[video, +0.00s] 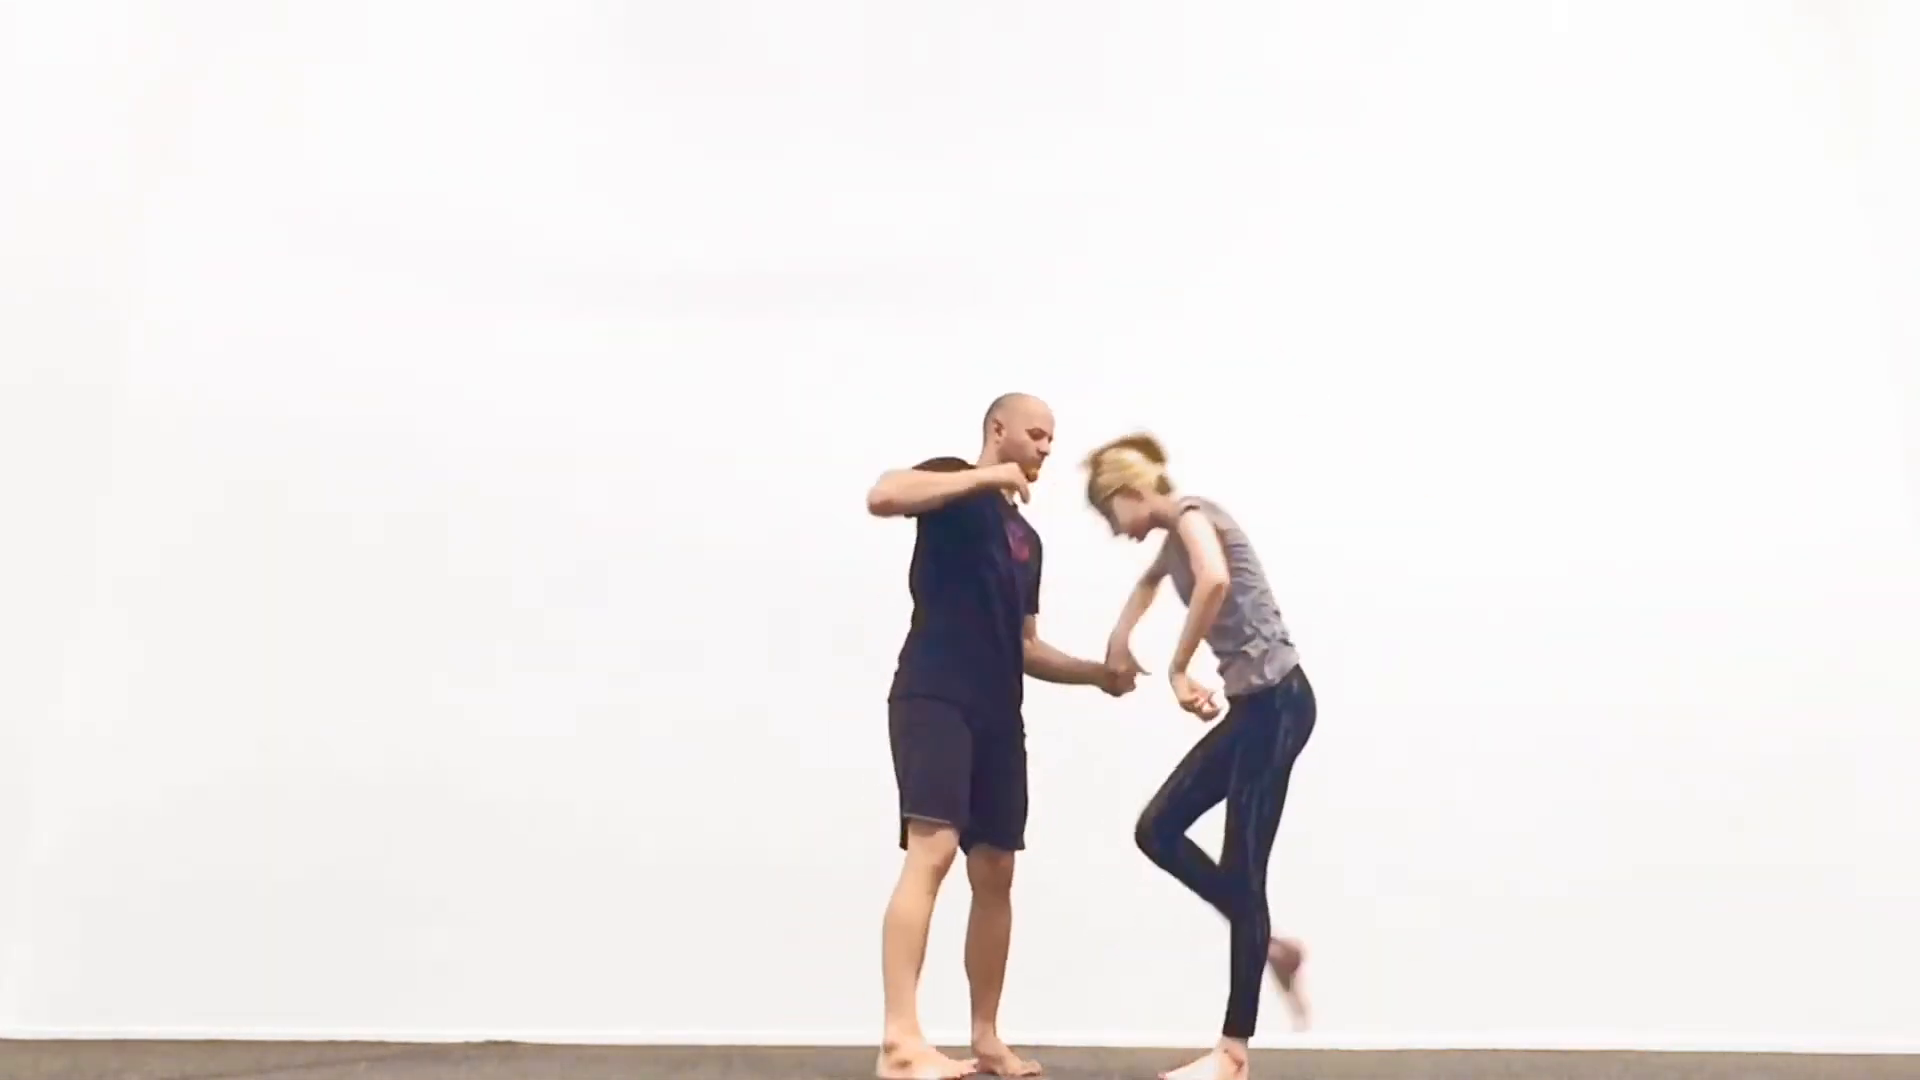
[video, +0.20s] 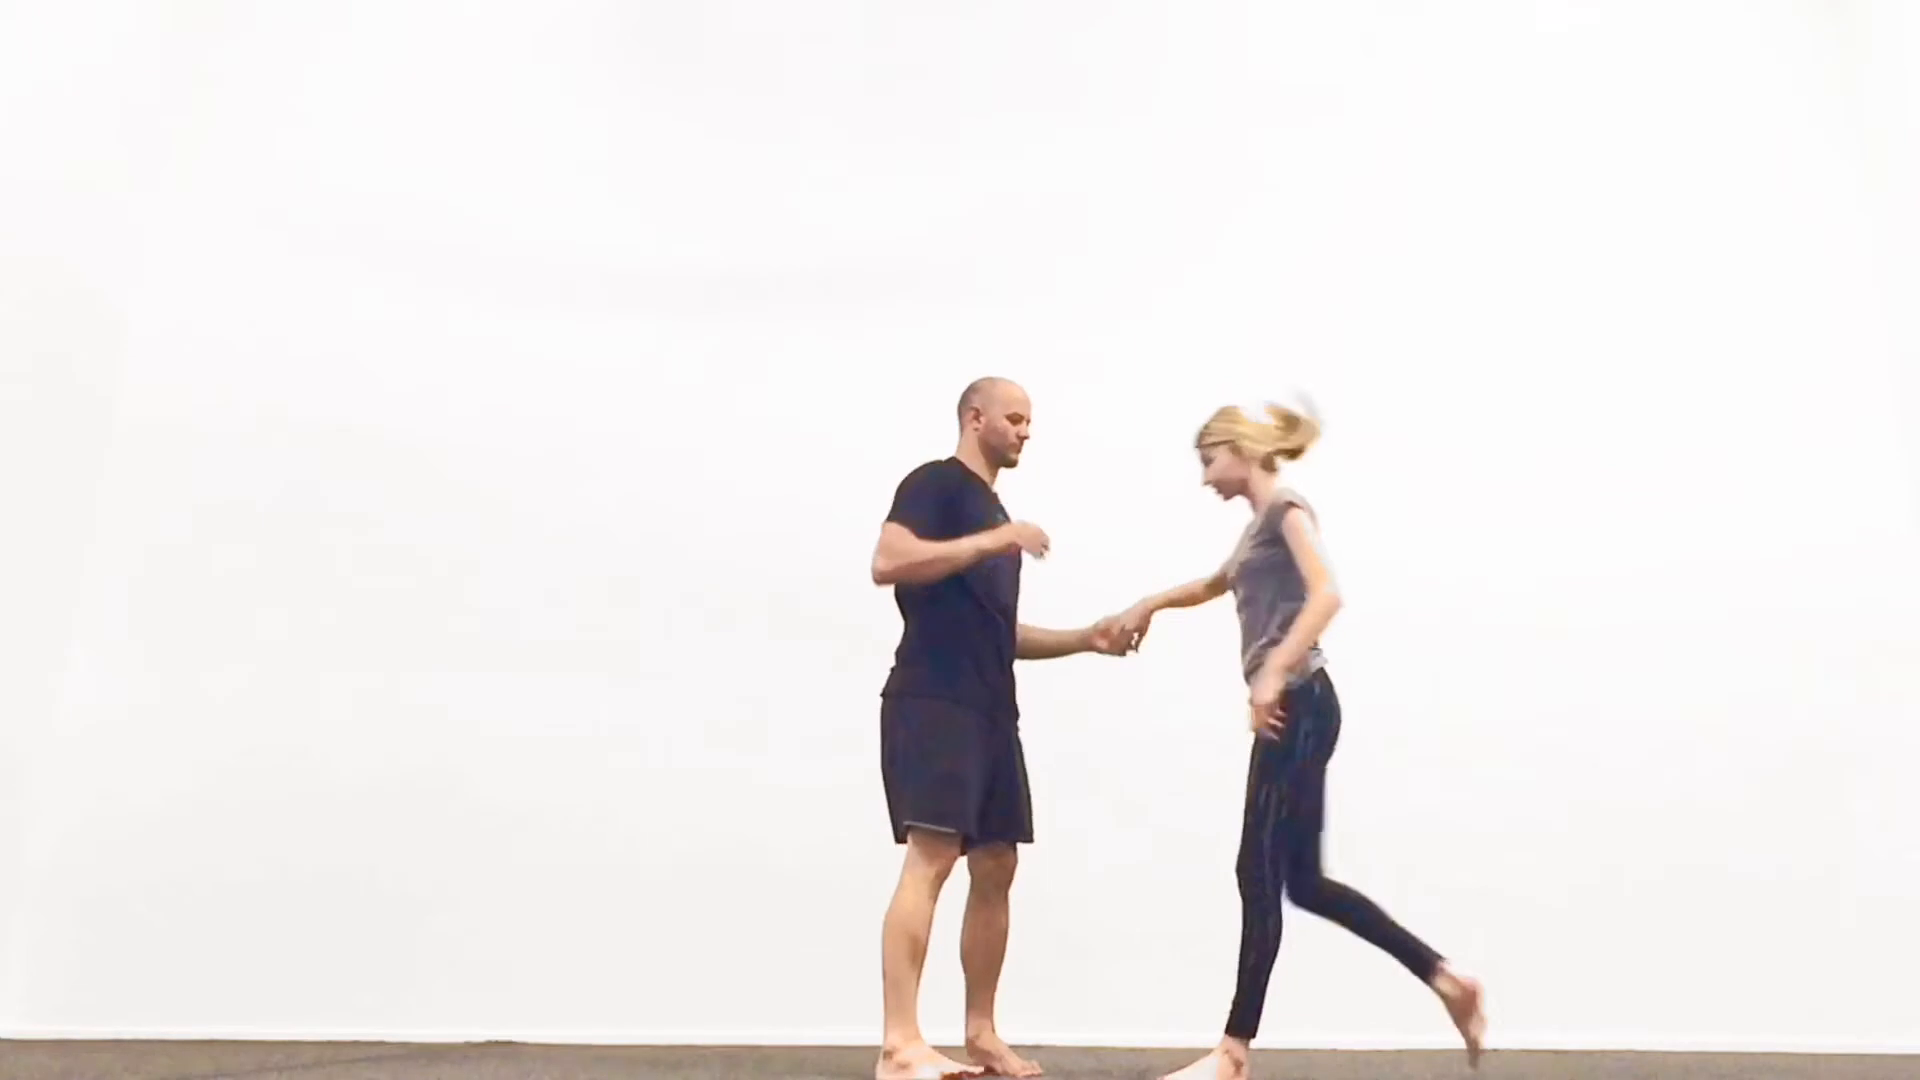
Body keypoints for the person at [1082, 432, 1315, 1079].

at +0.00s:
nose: (1112, 524)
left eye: (1110, 508)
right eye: (1105, 513)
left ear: (1136, 490)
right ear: (1139, 491)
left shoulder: (1191, 517)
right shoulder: (1183, 529)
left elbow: (1215, 581)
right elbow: (1151, 580)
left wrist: (1179, 667)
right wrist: (1118, 639)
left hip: (1277, 702)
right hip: (1252, 705)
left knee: (1245, 876)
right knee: (1157, 833)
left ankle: (1233, 1052)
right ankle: (1271, 947)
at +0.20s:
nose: (1204, 474)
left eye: (1209, 458)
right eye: (1202, 461)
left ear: (1243, 454)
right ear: (1244, 458)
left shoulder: (1286, 512)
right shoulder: (1260, 523)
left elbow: (1326, 596)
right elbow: (1212, 586)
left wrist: (1272, 673)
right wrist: (1148, 604)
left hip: (1296, 704)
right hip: (1293, 705)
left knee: (1258, 874)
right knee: (1305, 884)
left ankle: (1234, 1051)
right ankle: (1450, 985)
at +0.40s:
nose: (1290, 474)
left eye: (1298, 461)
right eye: (1289, 464)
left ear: (1338, 464)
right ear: (1329, 469)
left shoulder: (1366, 533)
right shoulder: (1336, 549)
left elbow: (1406, 630)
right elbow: (1258, 614)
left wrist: (1415, 732)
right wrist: (1175, 596)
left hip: (1374, 721)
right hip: (1385, 720)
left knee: (1303, 868)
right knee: (1446, 886)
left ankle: (1239, 1046)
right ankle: (1529, 1040)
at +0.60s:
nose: (1352, 474)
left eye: (1359, 461)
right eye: (1350, 464)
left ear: (1396, 459)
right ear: (1385, 466)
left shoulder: (1426, 534)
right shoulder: (1394, 546)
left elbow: (1456, 633)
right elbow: (1306, 605)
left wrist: (1466, 733)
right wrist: (1213, 589)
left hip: (1419, 719)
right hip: (1432, 719)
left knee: (1344, 866)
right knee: (1492, 887)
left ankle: (1276, 1037)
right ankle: (1542, 1049)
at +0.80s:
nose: (1390, 478)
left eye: (1397, 464)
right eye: (1389, 467)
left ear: (1434, 463)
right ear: (1427, 468)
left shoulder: (1458, 530)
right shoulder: (1423, 545)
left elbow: (1473, 629)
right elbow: (1320, 570)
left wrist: (1468, 734)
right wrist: (1228, 555)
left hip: (1431, 721)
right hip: (1441, 719)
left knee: (1361, 869)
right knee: (1503, 887)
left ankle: (1279, 1029)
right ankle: (1544, 1048)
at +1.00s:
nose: (1383, 474)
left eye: (1390, 460)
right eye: (1382, 463)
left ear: (1429, 460)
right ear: (1422, 464)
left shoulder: (1451, 528)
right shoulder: (1412, 541)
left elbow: (1464, 626)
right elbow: (1310, 571)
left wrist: (1449, 723)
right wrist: (1221, 551)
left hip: (1417, 717)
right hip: (1419, 717)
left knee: (1344, 864)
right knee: (1484, 884)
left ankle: (1277, 1038)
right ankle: (1542, 1045)